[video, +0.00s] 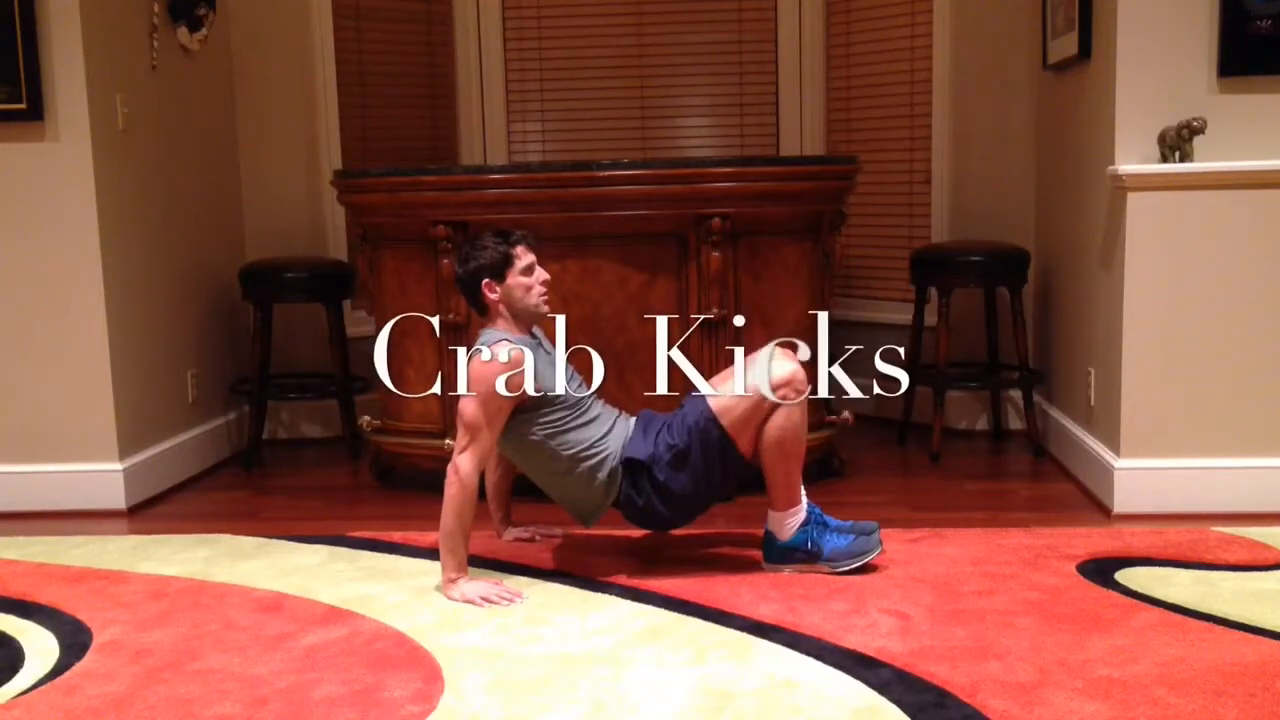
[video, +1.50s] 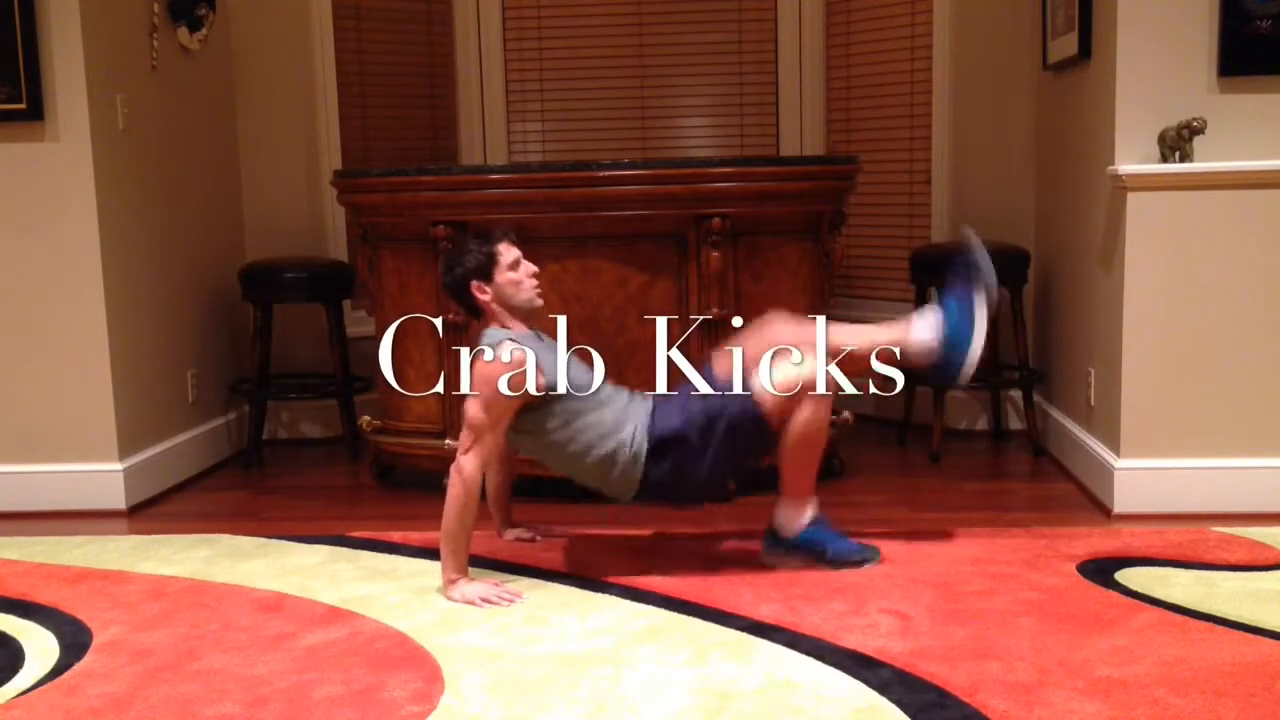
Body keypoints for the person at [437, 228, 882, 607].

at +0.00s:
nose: (543, 278)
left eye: (538, 267)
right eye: (528, 271)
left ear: (506, 290)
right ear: (493, 293)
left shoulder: (518, 340)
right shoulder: (495, 361)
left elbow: (498, 443)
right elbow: (464, 464)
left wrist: (500, 524)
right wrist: (453, 577)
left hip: (644, 439)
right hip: (640, 473)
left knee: (784, 357)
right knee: (785, 379)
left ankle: (795, 518)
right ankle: (789, 532)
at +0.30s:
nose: (544, 276)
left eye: (539, 265)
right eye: (528, 270)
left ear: (509, 287)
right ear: (493, 291)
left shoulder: (520, 341)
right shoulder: (493, 362)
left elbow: (501, 444)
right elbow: (463, 466)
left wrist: (500, 525)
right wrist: (452, 576)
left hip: (651, 431)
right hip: (647, 466)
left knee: (731, 326)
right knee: (795, 388)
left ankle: (842, 424)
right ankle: (790, 534)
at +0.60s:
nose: (545, 278)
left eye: (539, 267)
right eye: (528, 273)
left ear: (514, 288)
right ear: (495, 297)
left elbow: (506, 438)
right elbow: (460, 468)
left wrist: (498, 523)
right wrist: (452, 576)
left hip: (658, 433)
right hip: (650, 476)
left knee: (754, 337)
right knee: (790, 378)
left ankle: (901, 295)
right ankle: (791, 532)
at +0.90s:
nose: (516, 274)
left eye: (511, 264)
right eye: (500, 269)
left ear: (486, 286)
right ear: (465, 292)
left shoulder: (503, 342)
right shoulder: (483, 356)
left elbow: (492, 444)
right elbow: (456, 466)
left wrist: (497, 526)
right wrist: (453, 575)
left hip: (657, 397)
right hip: (660, 422)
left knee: (784, 297)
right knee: (787, 300)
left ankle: (816, 437)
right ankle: (894, 408)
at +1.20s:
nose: (531, 274)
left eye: (524, 264)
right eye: (514, 270)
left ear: (505, 287)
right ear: (483, 297)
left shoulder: (521, 347)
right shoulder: (503, 366)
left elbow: (492, 443)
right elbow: (461, 468)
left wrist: (499, 524)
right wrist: (451, 579)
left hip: (652, 448)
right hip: (651, 476)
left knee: (787, 356)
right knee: (788, 368)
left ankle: (775, 516)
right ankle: (940, 342)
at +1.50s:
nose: (531, 272)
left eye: (525, 262)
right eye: (515, 268)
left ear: (504, 285)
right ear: (484, 294)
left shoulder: (521, 342)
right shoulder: (499, 361)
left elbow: (497, 443)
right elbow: (465, 466)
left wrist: (499, 525)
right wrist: (452, 577)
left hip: (659, 417)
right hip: (652, 451)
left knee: (779, 327)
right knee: (809, 380)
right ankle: (793, 525)